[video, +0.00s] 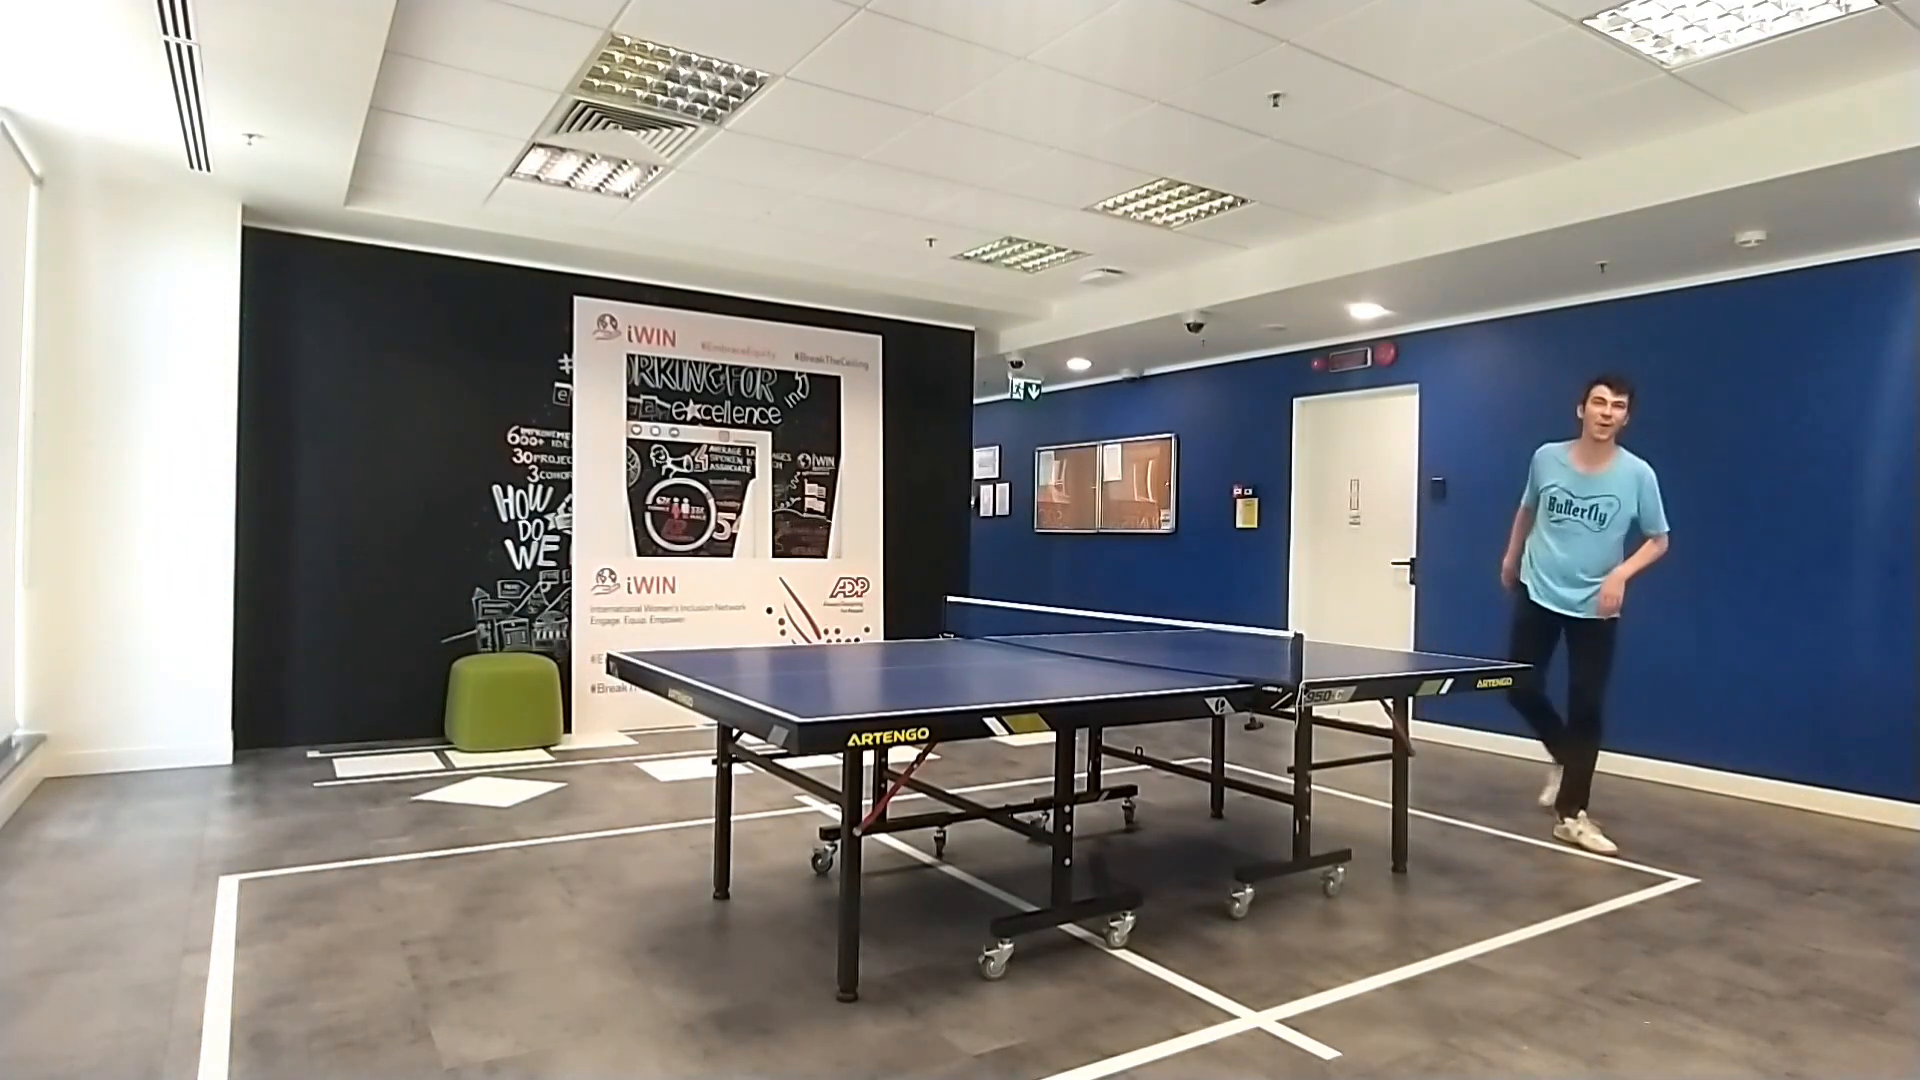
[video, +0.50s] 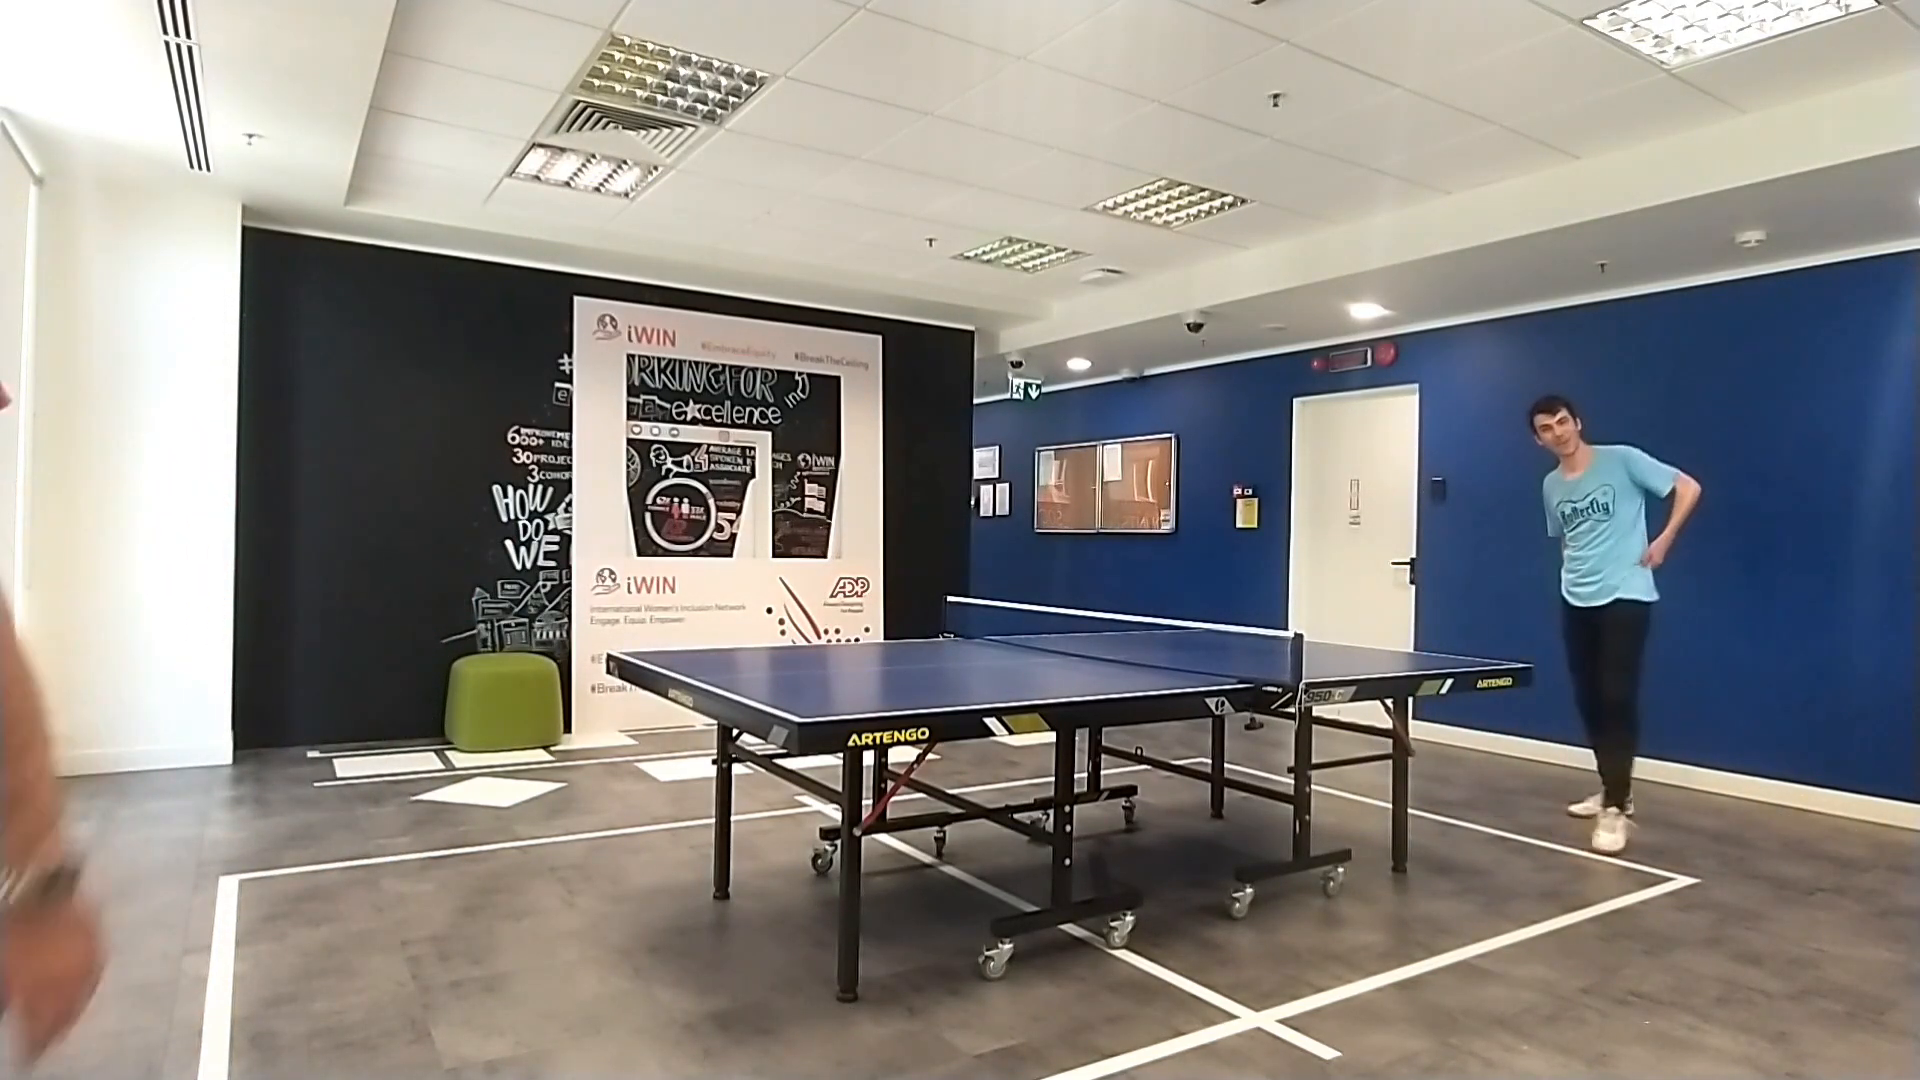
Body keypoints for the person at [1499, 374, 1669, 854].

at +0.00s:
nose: (1607, 412)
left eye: (1616, 406)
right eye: (1599, 403)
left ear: (1626, 418)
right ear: (1581, 409)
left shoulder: (1638, 474)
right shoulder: (1547, 458)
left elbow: (1658, 540)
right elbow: (1527, 510)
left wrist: (1620, 575)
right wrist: (1512, 555)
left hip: (1594, 606)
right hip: (1538, 594)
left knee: (1586, 708)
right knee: (1520, 687)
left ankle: (1572, 813)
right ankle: (1567, 756)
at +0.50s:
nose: (1556, 431)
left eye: (1560, 421)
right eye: (1546, 428)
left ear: (1576, 422)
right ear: (1540, 440)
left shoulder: (1622, 459)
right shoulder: (1552, 485)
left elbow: (1688, 487)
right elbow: (1564, 542)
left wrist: (1664, 540)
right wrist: (1571, 583)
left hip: (1626, 595)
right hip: (1578, 601)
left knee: (1617, 695)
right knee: (1590, 697)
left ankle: (1617, 809)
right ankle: (1612, 791)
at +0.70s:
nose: (1562, 433)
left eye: (1566, 423)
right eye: (1551, 430)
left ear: (1580, 423)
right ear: (1544, 441)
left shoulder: (1623, 454)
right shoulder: (1556, 488)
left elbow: (1695, 466)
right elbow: (1569, 543)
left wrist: (1673, 515)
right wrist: (1586, 574)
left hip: (1640, 583)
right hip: (1590, 594)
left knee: (1651, 688)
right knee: (1602, 692)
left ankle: (1674, 805)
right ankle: (1617, 793)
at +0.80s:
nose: (1573, 432)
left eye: (1578, 422)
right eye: (1563, 428)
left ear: (1591, 422)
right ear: (1553, 439)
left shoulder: (1632, 454)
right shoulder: (1561, 486)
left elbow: (1701, 471)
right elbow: (1572, 542)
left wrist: (1680, 519)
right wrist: (1589, 574)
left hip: (1647, 587)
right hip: (1594, 596)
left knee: (1667, 689)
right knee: (1606, 695)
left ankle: (1698, 803)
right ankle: (1617, 793)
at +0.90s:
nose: (1592, 428)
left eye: (1596, 420)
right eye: (1581, 423)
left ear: (1607, 421)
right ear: (1568, 433)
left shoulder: (1645, 455)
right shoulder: (1568, 484)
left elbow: (1708, 478)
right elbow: (1576, 542)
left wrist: (1690, 522)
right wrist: (1588, 581)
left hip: (1656, 589)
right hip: (1601, 597)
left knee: (1680, 692)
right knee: (1608, 696)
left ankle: (1712, 800)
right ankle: (1617, 794)